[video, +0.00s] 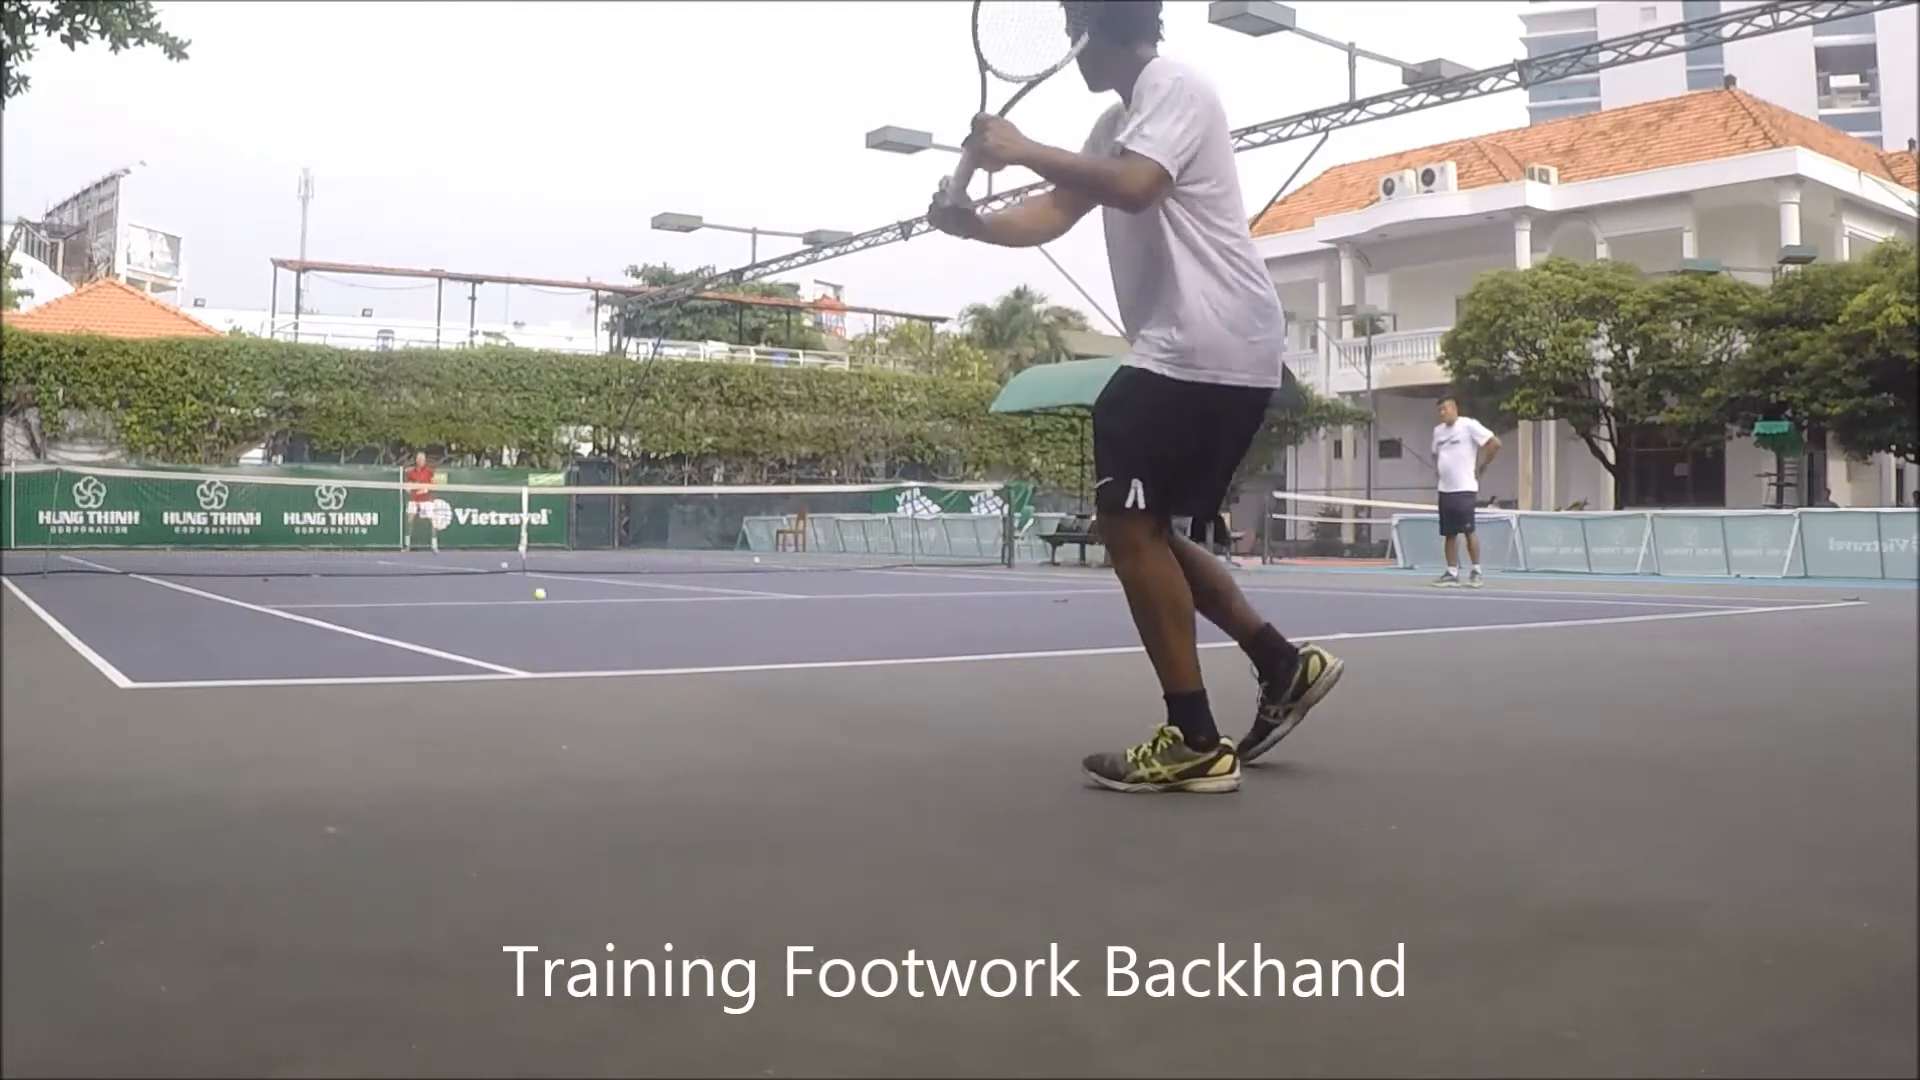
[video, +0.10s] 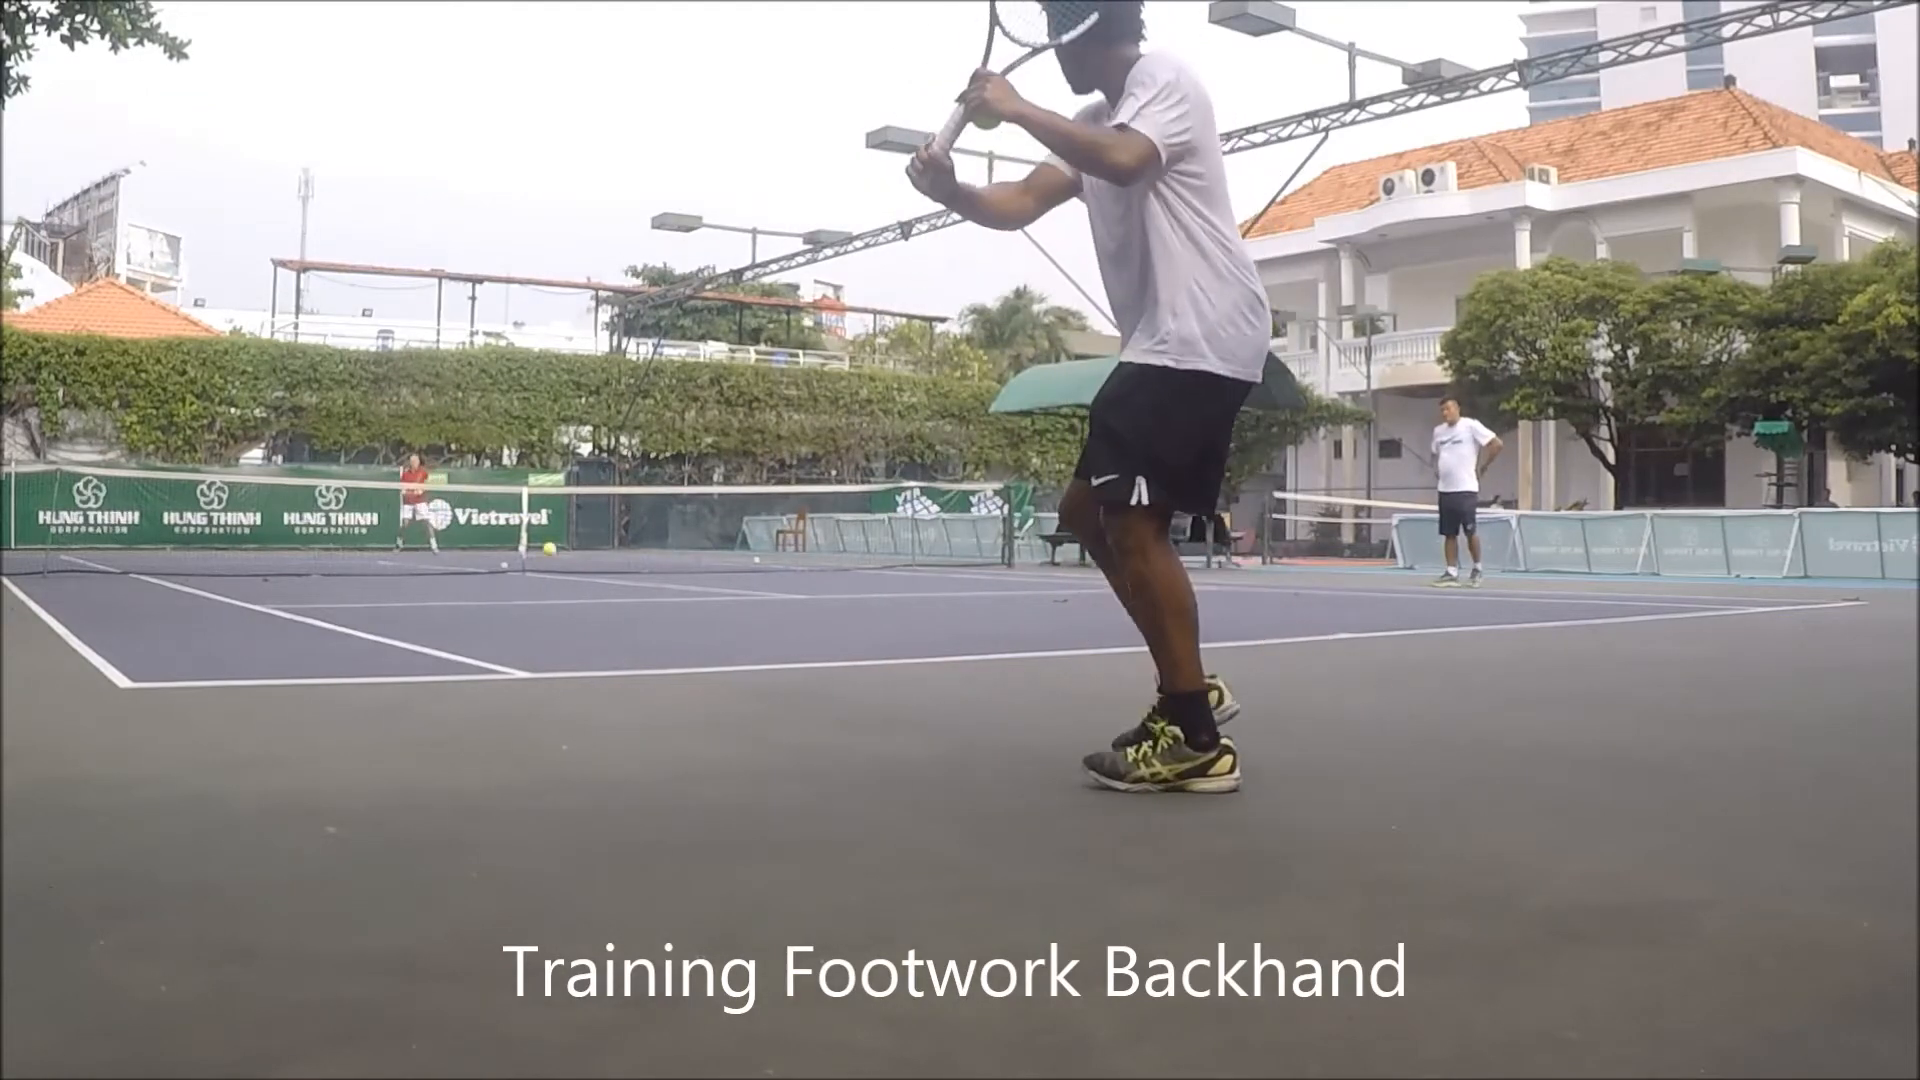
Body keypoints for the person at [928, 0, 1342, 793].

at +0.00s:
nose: (1075, 51)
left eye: (1080, 34)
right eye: (1074, 36)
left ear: (1112, 30)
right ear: (1136, 31)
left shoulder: (1178, 84)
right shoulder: (1113, 122)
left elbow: (1133, 182)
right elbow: (1053, 210)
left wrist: (1024, 150)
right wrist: (976, 221)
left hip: (1204, 348)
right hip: (1213, 351)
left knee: (1130, 526)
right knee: (1151, 533)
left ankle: (1194, 739)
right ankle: (1283, 665)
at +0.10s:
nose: (1062, 57)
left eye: (1069, 40)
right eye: (1057, 44)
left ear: (1105, 29)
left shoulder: (1165, 76)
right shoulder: (1095, 122)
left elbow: (1129, 159)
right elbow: (1019, 202)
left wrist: (1016, 109)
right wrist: (952, 189)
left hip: (1202, 335)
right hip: (1157, 339)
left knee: (1133, 524)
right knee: (1085, 511)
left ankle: (1193, 736)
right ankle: (1188, 685)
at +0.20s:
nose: (1051, 65)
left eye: (1064, 45)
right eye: (1040, 49)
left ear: (1103, 31)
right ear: (1031, 43)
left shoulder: (1147, 71)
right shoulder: (1064, 131)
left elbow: (1120, 134)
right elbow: (987, 197)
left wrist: (1013, 77)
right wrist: (929, 155)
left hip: (1188, 325)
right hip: (1135, 337)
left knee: (1140, 527)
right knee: (1067, 508)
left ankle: (1198, 740)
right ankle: (1077, 703)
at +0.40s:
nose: (964, 115)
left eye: (971, 95)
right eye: (958, 100)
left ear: (1012, 85)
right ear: (972, 102)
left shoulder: (1089, 118)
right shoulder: (996, 177)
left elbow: (1094, 178)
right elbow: (916, 198)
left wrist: (1034, 86)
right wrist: (919, 111)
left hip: (1149, 354)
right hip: (1092, 368)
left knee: (1109, 536)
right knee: (1004, 519)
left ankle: (1194, 738)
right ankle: (993, 708)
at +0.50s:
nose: (927, 169)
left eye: (927, 154)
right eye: (923, 159)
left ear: (951, 144)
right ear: (978, 143)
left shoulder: (1045, 162)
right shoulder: (964, 221)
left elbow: (1098, 254)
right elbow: (900, 262)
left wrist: (1007, 215)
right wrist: (881, 209)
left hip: (1133, 365)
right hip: (1073, 383)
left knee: (1081, 537)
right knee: (974, 520)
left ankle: (1189, 732)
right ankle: (989, 710)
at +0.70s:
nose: (881, 187)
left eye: (880, 170)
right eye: (875, 173)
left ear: (911, 159)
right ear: (917, 160)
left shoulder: (1004, 172)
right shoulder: (952, 249)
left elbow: (1095, 219)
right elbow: (970, 341)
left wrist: (1053, 240)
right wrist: (970, 422)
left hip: (1115, 363)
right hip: (1063, 380)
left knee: (1060, 535)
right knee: (976, 519)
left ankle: (1200, 700)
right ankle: (991, 708)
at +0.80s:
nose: (898, 166)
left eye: (895, 149)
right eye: (892, 152)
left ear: (921, 141)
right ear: (938, 136)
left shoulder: (1001, 161)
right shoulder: (983, 193)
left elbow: (1079, 226)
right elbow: (1044, 268)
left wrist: (1027, 268)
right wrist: (1007, 311)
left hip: (1107, 362)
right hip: (1066, 373)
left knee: (1053, 538)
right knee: (985, 518)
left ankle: (1207, 681)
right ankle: (991, 706)